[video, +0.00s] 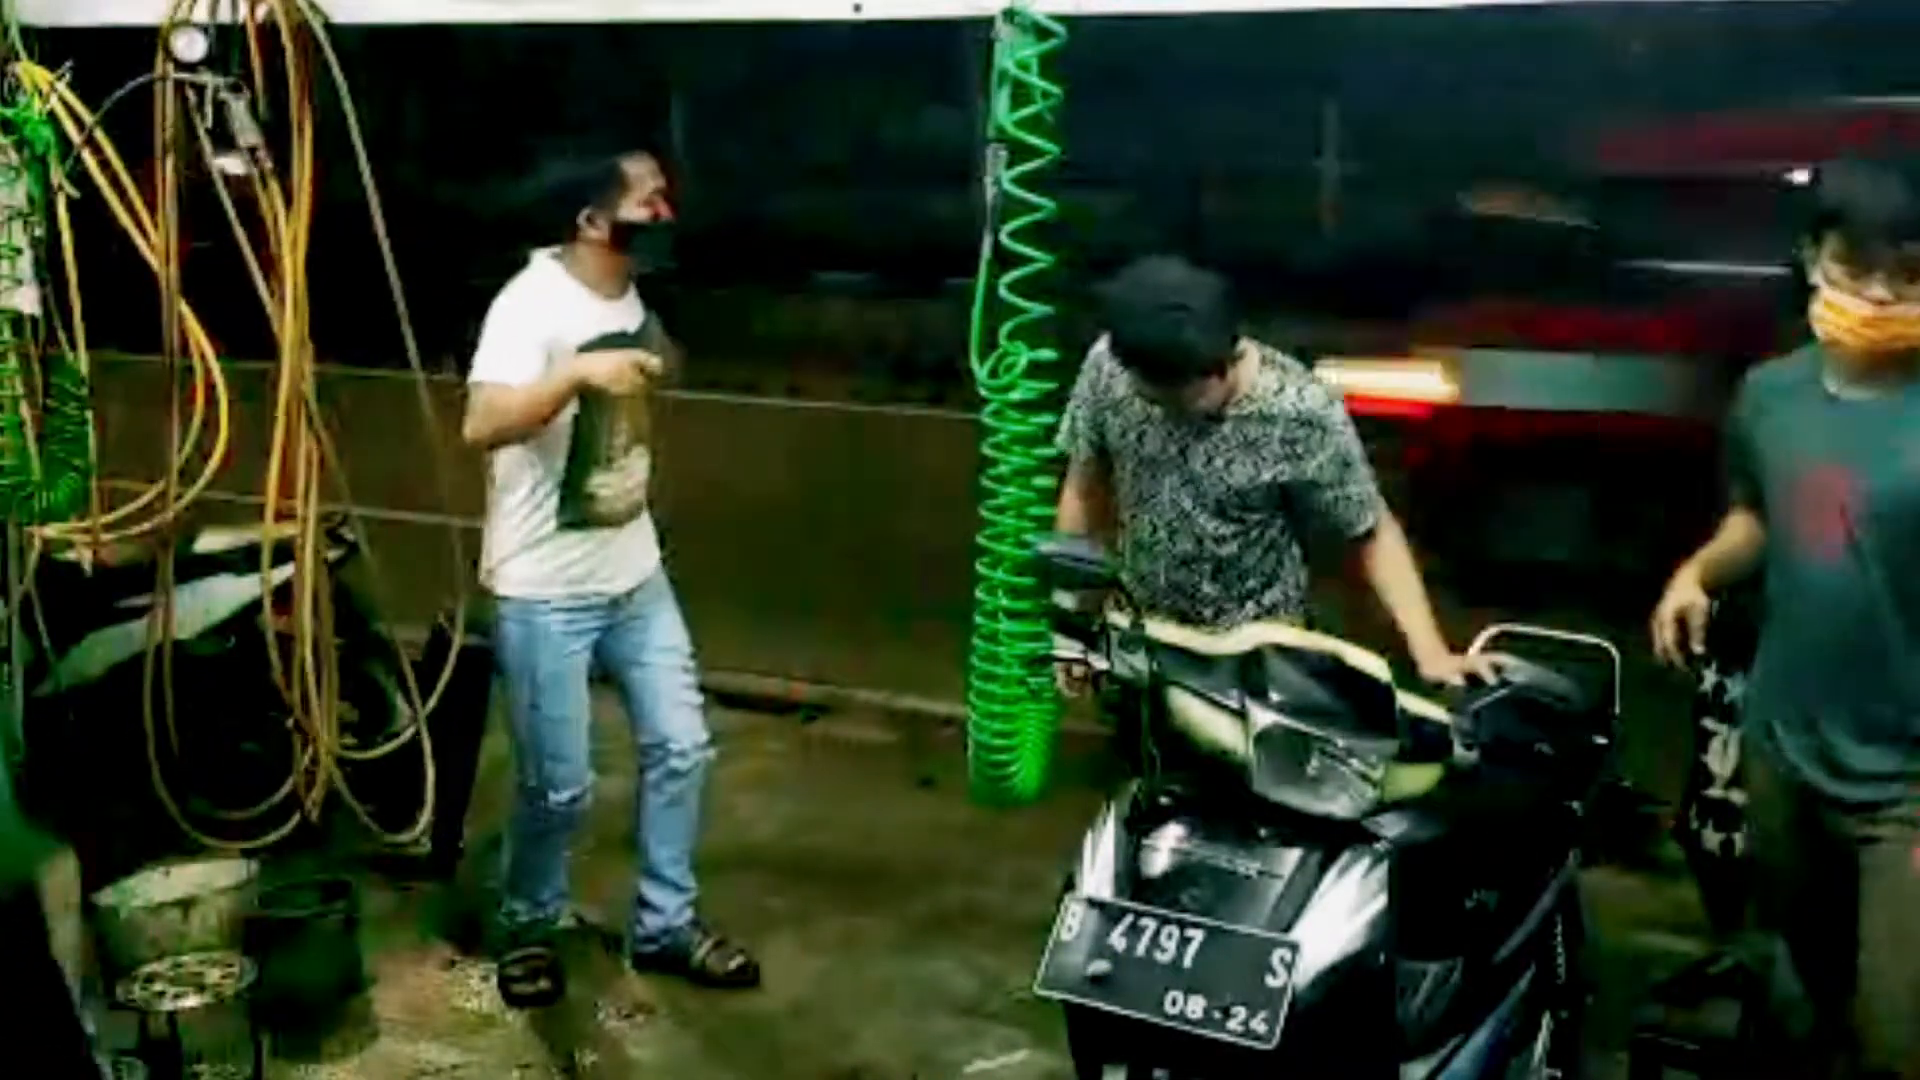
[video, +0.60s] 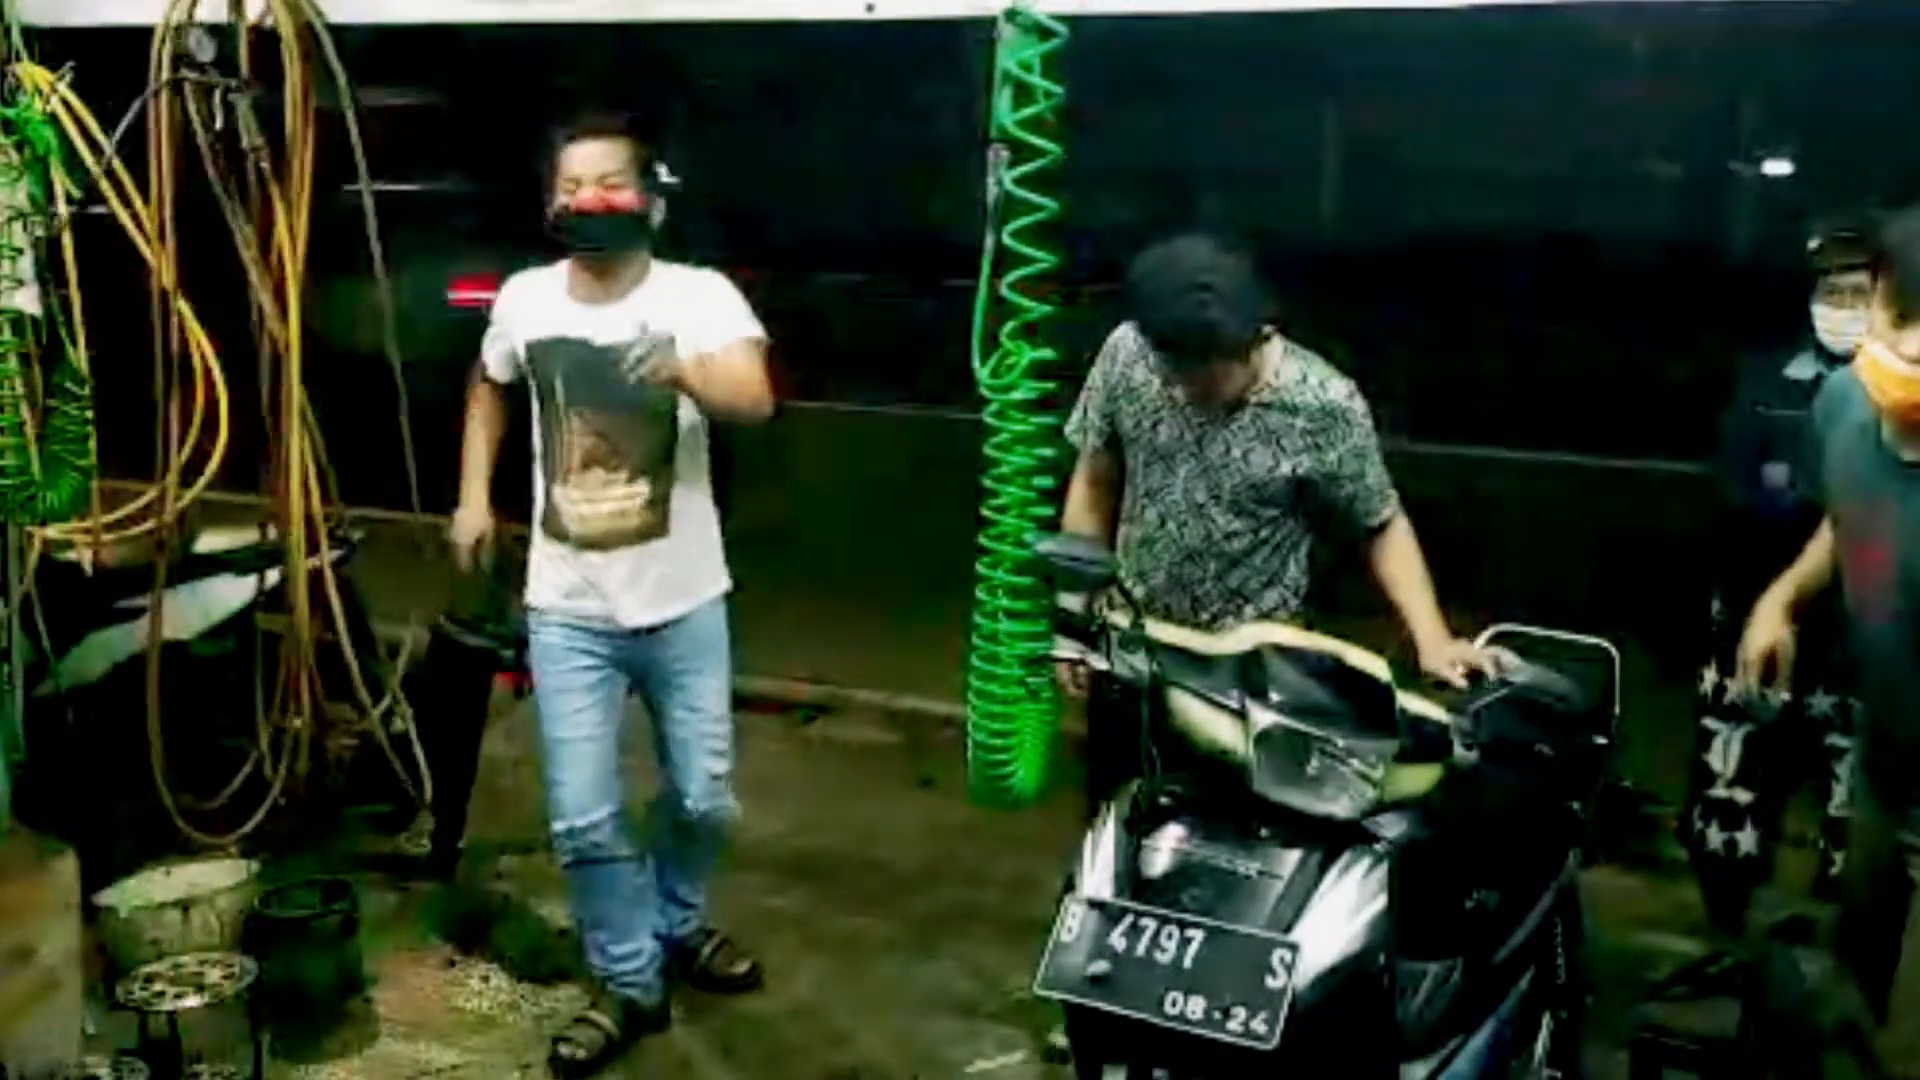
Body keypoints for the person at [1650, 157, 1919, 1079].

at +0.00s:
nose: (1872, 311)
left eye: (1899, 291)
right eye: (1853, 285)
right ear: (1812, 275)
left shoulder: (1918, 406)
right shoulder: (1771, 397)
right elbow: (1757, 513)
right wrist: (1697, 572)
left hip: (1902, 778)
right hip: (1784, 755)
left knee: (1895, 1033)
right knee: (1788, 1000)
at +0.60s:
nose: (1891, 347)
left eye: (1903, 324)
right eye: (1885, 319)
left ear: (1917, 328)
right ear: (1871, 317)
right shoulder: (1848, 402)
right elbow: (1855, 519)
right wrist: (1780, 595)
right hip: (1886, 737)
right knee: (1864, 914)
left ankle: (1866, 1030)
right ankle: (1847, 1033)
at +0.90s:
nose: (1901, 339)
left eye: (1914, 318)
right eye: (1892, 312)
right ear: (1862, 314)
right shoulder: (1841, 414)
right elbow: (1845, 523)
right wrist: (1771, 610)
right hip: (1889, 736)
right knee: (1875, 897)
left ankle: (1862, 1019)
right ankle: (1853, 1019)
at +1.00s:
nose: (1894, 333)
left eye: (1911, 314)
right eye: (1893, 308)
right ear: (1867, 314)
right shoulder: (1843, 411)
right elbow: (1844, 521)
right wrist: (1770, 609)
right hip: (1888, 740)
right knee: (1869, 925)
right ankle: (1851, 1028)